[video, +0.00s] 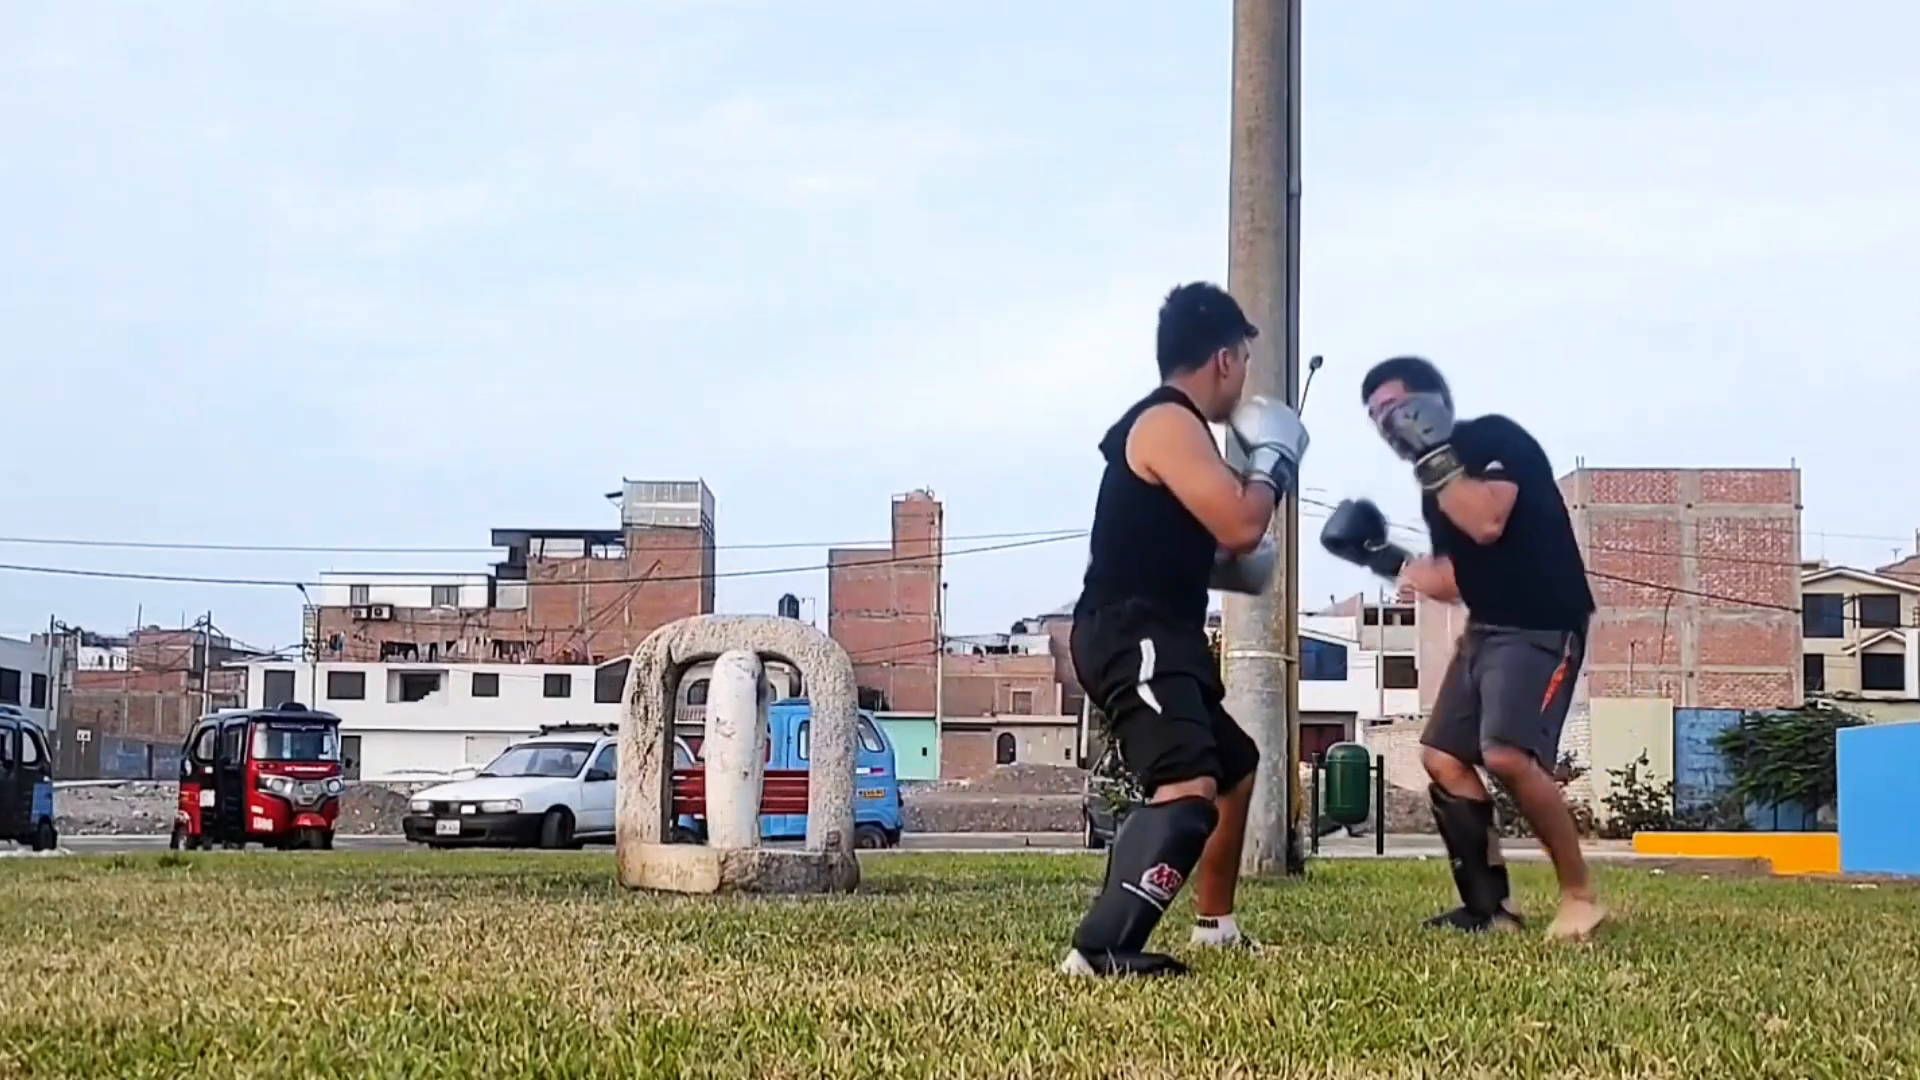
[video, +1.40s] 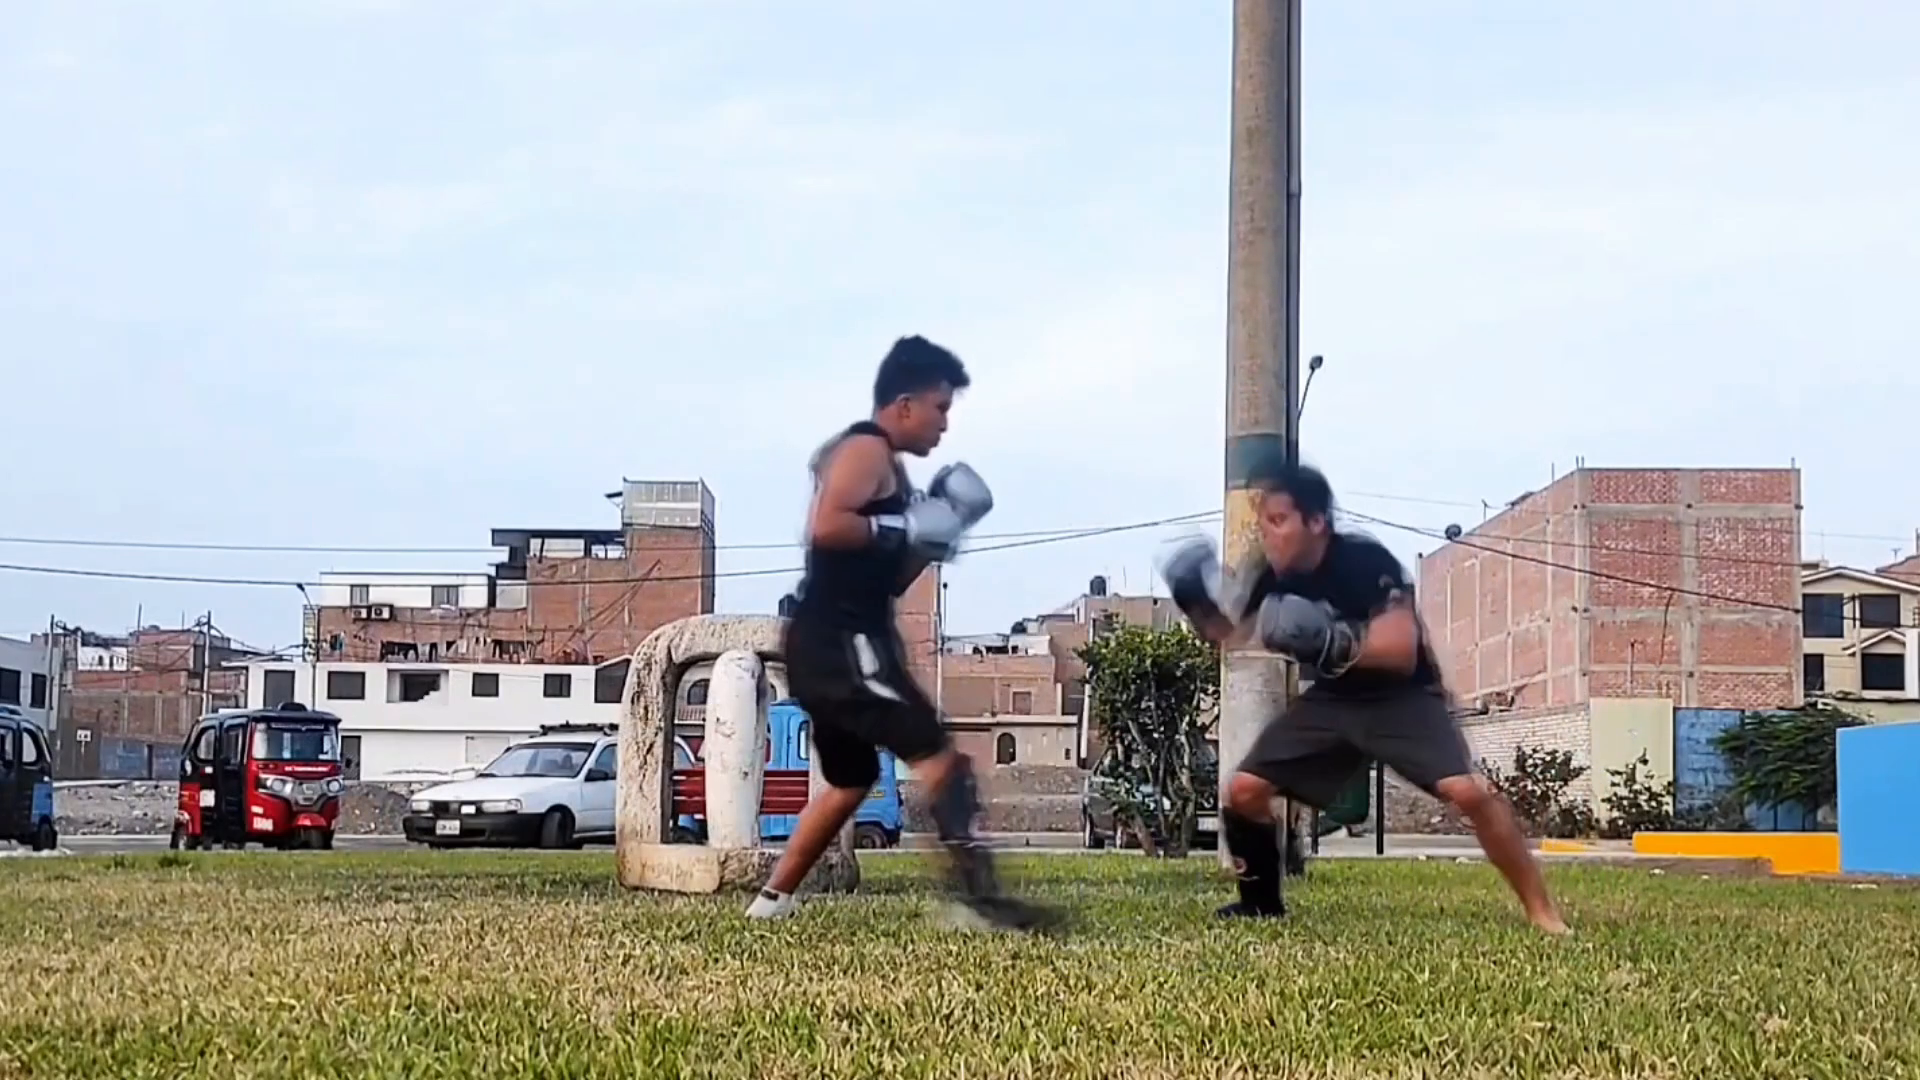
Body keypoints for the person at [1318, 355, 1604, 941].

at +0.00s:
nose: (1389, 422)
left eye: (1397, 407)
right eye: (1379, 416)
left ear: (1433, 397)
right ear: (1378, 425)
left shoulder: (1493, 435)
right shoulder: (1434, 486)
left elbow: (1488, 522)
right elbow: (1455, 581)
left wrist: (1434, 459)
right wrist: (1379, 554)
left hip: (1543, 625)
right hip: (1486, 628)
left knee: (1507, 753)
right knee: (1444, 757)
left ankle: (1579, 896)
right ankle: (1488, 909)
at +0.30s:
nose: (1422, 382)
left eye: (1435, 368)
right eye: (1414, 373)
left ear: (1475, 373)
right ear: (1411, 383)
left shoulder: (1519, 442)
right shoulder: (1420, 458)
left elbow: (1506, 526)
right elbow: (1368, 538)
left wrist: (1475, 442)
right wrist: (1353, 465)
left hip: (1507, 646)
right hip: (1435, 642)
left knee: (1523, 775)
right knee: (1379, 754)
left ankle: (1576, 915)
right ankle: (1402, 879)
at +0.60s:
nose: (1345, 462)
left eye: (1356, 448)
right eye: (1337, 453)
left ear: (1390, 450)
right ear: (1331, 464)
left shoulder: (1443, 496)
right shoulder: (1346, 513)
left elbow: (1430, 574)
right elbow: (1279, 565)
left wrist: (1399, 498)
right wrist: (1291, 483)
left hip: (1467, 663)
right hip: (1395, 666)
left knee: (1490, 764)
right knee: (1319, 773)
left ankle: (1563, 898)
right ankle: (1293, 897)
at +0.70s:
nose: (1328, 539)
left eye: (1338, 524)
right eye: (1319, 528)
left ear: (1369, 522)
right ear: (1312, 532)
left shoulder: (1429, 560)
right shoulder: (1335, 576)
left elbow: (1410, 640)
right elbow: (1276, 634)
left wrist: (1378, 563)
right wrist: (1277, 564)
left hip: (1465, 695)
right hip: (1391, 698)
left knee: (1476, 781)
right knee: (1300, 785)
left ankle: (1546, 907)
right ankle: (1286, 907)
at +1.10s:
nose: (1395, 612)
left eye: (1409, 597)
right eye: (1385, 597)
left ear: (1440, 592)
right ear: (1375, 593)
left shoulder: (1480, 618)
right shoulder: (1362, 614)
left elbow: (1493, 719)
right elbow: (1317, 700)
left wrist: (1471, 644)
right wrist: (1332, 632)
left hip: (1456, 710)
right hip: (1380, 707)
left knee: (1505, 775)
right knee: (1295, 793)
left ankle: (1544, 910)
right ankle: (1283, 901)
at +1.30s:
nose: (1323, 618)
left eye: (1333, 607)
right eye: (1315, 606)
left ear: (1365, 596)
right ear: (1307, 598)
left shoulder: (1416, 615)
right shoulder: (1307, 633)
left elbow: (1429, 715)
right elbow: (1286, 707)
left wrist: (1369, 676)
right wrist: (1271, 672)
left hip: (1443, 711)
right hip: (1360, 711)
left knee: (1494, 783)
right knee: (1272, 793)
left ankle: (1546, 912)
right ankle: (1262, 904)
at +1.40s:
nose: (1266, 532)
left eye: (1278, 520)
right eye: (1263, 521)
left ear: (1317, 521)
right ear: (1261, 524)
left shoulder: (1365, 559)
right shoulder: (1275, 579)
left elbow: (1401, 649)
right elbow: (1233, 635)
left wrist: (1334, 642)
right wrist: (1192, 599)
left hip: (1402, 701)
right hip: (1326, 703)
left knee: (1469, 792)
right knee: (1243, 792)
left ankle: (1541, 911)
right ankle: (1262, 903)